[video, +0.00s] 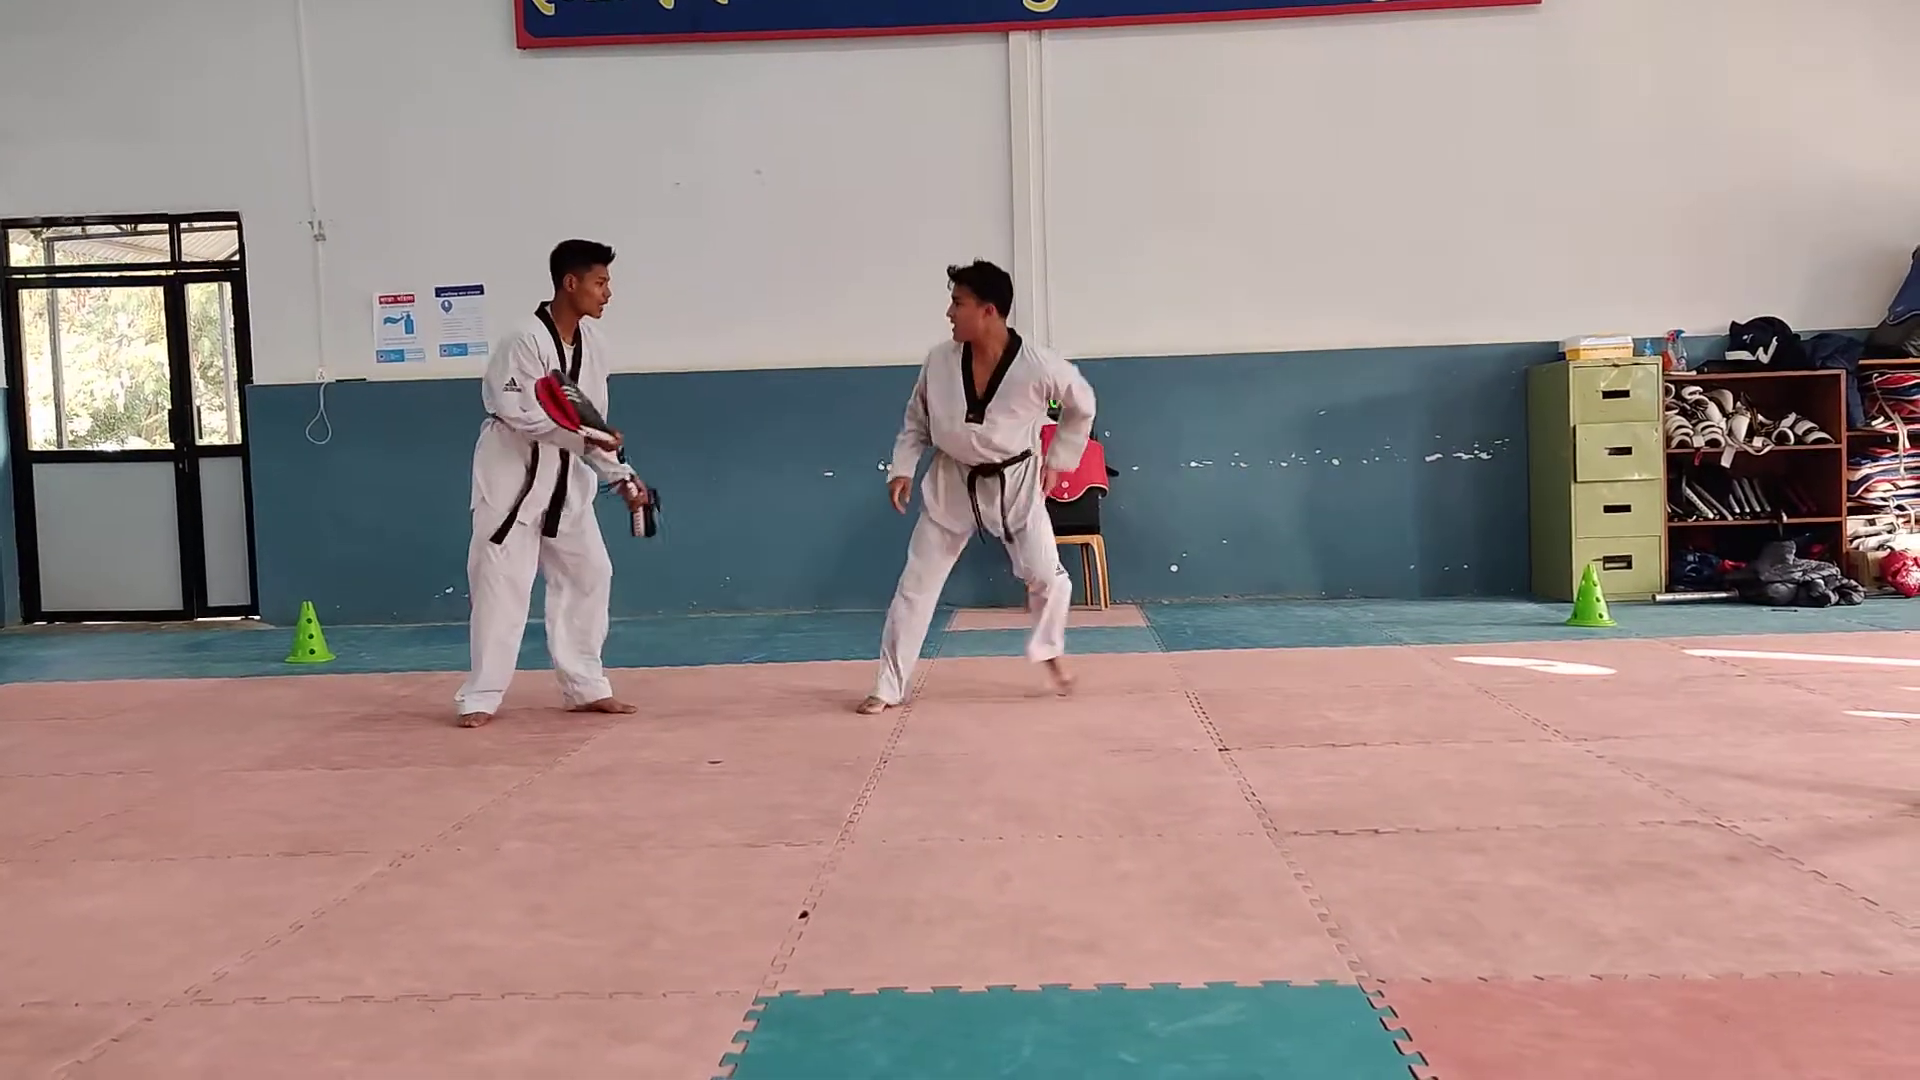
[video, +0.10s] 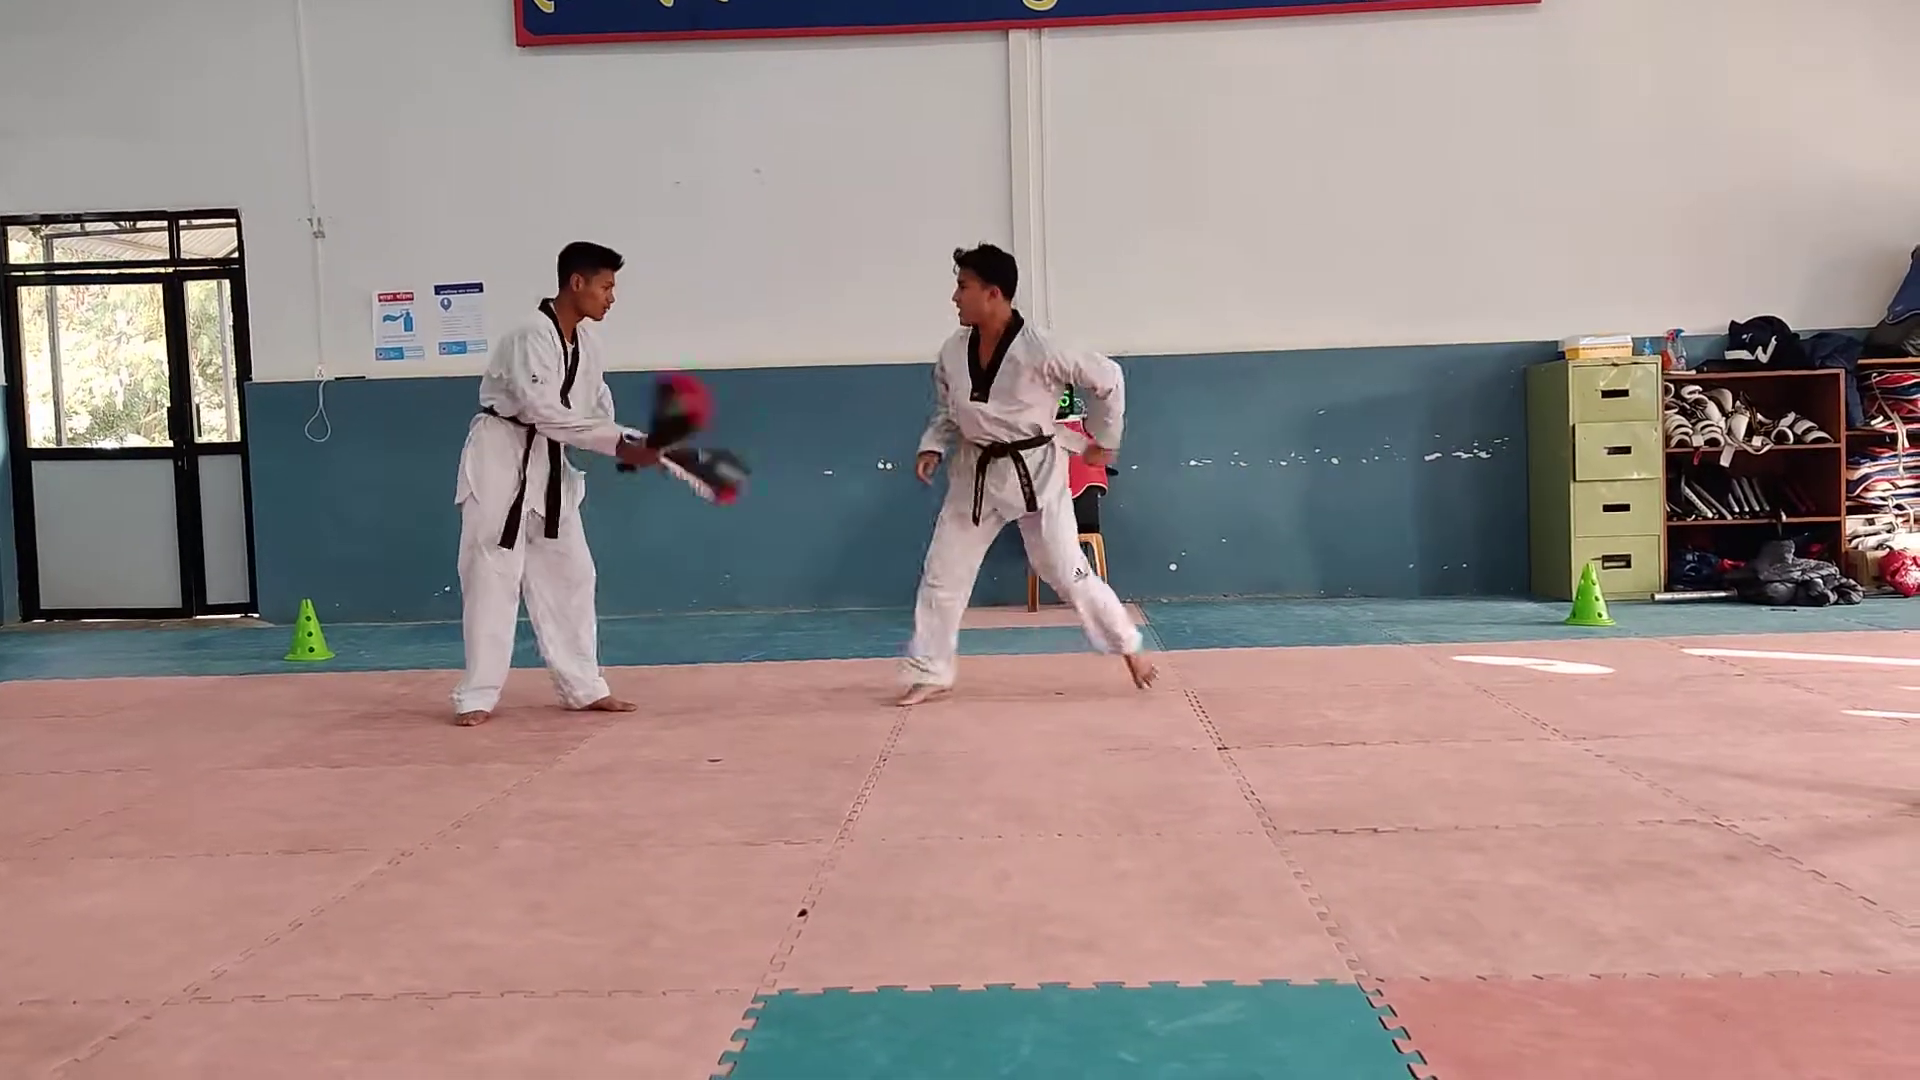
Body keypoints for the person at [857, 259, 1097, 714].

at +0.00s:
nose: (949, 311)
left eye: (957, 302)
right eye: (951, 301)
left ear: (988, 311)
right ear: (980, 311)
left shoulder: (1038, 365)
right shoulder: (940, 360)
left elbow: (1081, 405)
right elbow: (917, 418)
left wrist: (1061, 459)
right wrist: (903, 466)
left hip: (1017, 478)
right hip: (951, 477)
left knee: (1044, 575)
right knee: (914, 586)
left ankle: (1051, 651)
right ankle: (888, 687)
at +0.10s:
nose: (954, 296)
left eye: (963, 287)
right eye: (956, 286)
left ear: (994, 295)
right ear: (988, 294)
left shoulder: (1039, 348)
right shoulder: (954, 351)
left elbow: (1107, 377)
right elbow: (946, 407)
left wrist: (1104, 441)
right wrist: (933, 444)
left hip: (1036, 467)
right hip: (974, 469)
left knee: (1062, 569)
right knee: (943, 571)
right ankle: (932, 672)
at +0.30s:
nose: (972, 307)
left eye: (979, 298)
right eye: (973, 297)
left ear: (1009, 304)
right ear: (1003, 304)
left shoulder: (1057, 359)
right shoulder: (987, 366)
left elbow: (1095, 430)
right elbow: (994, 440)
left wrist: (1122, 498)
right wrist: (983, 495)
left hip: (1070, 480)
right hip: (1013, 486)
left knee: (1111, 584)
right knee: (969, 571)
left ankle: (1168, 661)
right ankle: (962, 675)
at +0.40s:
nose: (971, 291)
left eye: (978, 281)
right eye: (972, 281)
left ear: (1008, 286)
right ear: (1005, 287)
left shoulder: (1055, 342)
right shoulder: (982, 349)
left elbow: (1063, 421)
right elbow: (996, 424)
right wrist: (1001, 484)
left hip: (1066, 459)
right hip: (1008, 463)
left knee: (1099, 571)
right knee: (973, 566)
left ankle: (1153, 658)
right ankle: (956, 668)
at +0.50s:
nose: (969, 291)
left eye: (977, 282)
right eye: (972, 281)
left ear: (1005, 291)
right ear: (1001, 291)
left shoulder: (1045, 351)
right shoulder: (978, 355)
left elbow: (1029, 427)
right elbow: (988, 428)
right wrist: (969, 486)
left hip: (1062, 472)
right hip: (1005, 477)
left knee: (1100, 572)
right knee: (964, 562)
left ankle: (1156, 666)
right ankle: (957, 668)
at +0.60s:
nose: (966, 276)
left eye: (977, 269)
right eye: (971, 267)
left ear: (1004, 283)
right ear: (997, 281)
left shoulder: (1031, 346)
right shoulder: (961, 336)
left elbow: (1040, 428)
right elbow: (935, 390)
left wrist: (976, 448)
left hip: (1032, 468)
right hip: (980, 472)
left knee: (1070, 571)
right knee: (967, 571)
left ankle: (1142, 657)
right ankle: (981, 673)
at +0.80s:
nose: (972, 256)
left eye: (981, 248)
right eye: (974, 247)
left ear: (1012, 256)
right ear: (995, 254)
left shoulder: (1034, 312)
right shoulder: (951, 303)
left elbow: (1068, 367)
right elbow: (910, 357)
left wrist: (1018, 336)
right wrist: (872, 391)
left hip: (963, 432)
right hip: (911, 411)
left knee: (940, 556)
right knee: (830, 469)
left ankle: (941, 669)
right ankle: (904, 543)